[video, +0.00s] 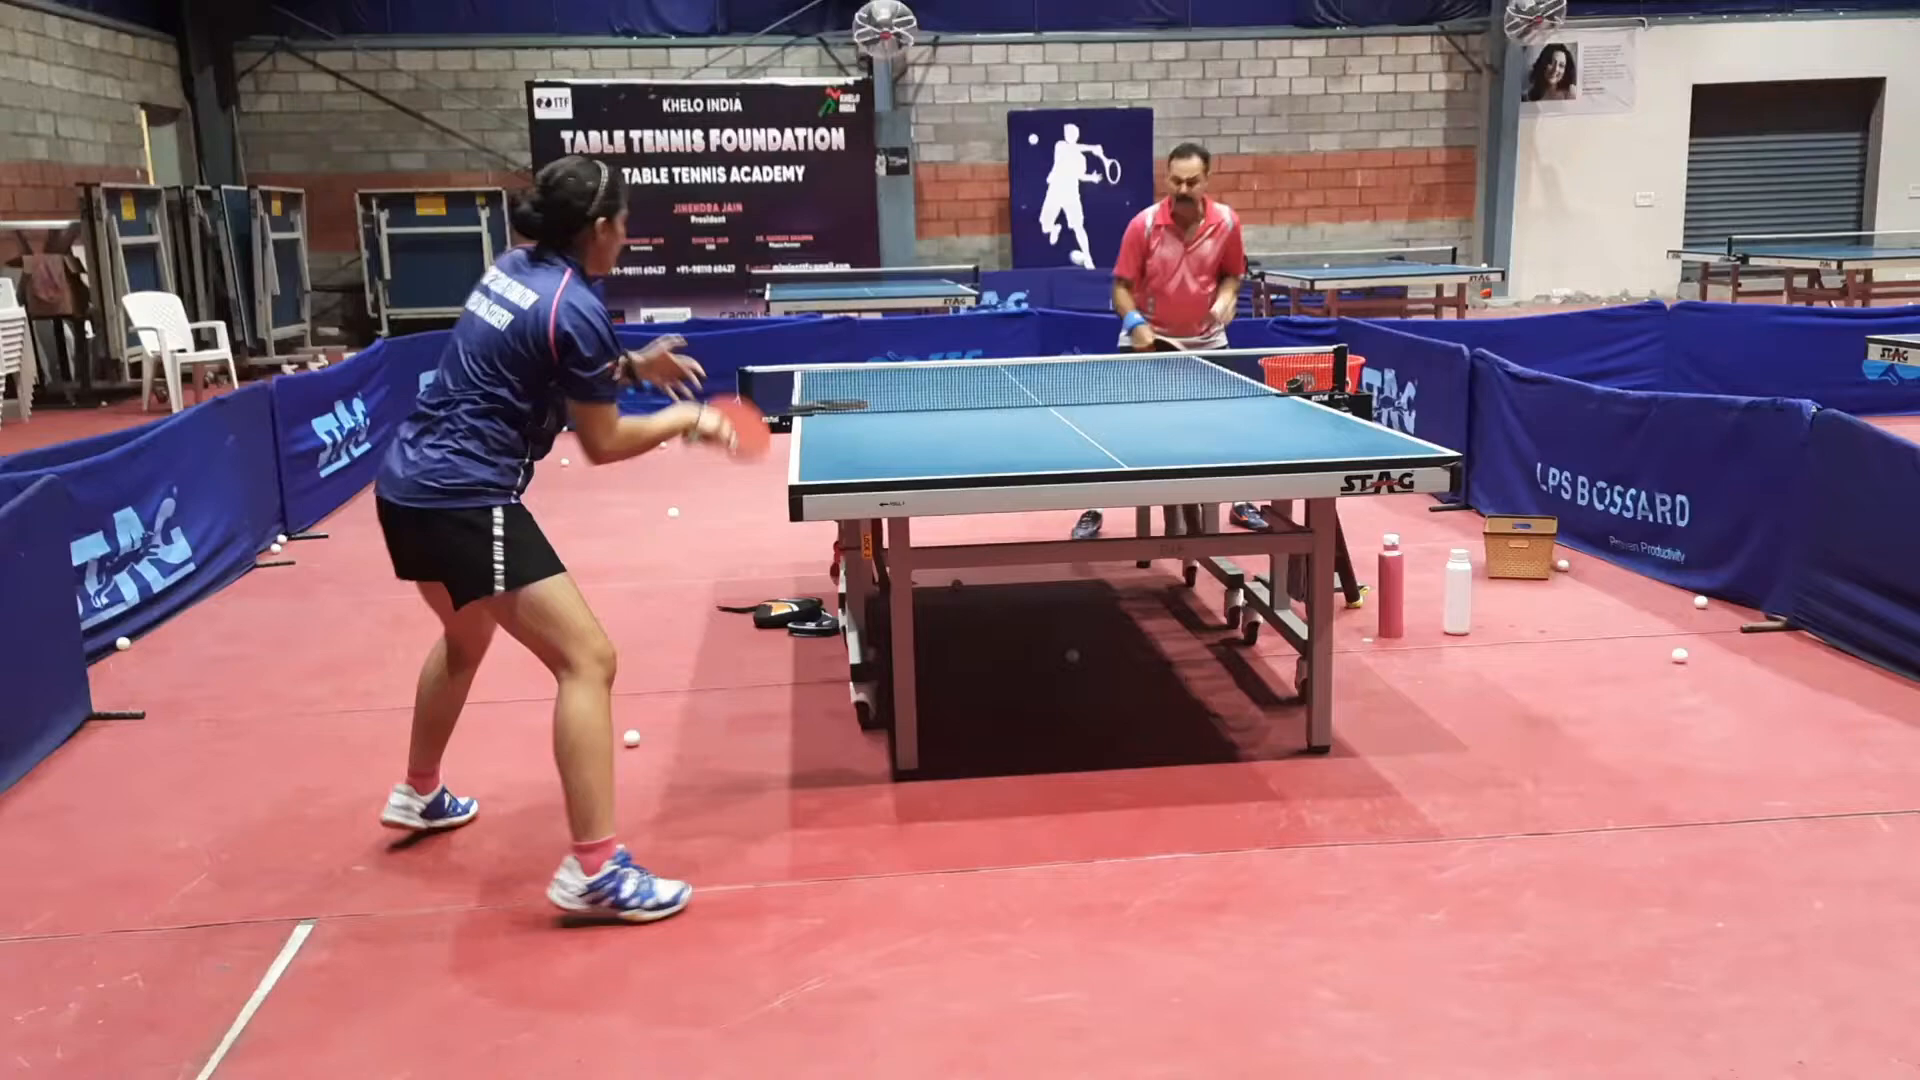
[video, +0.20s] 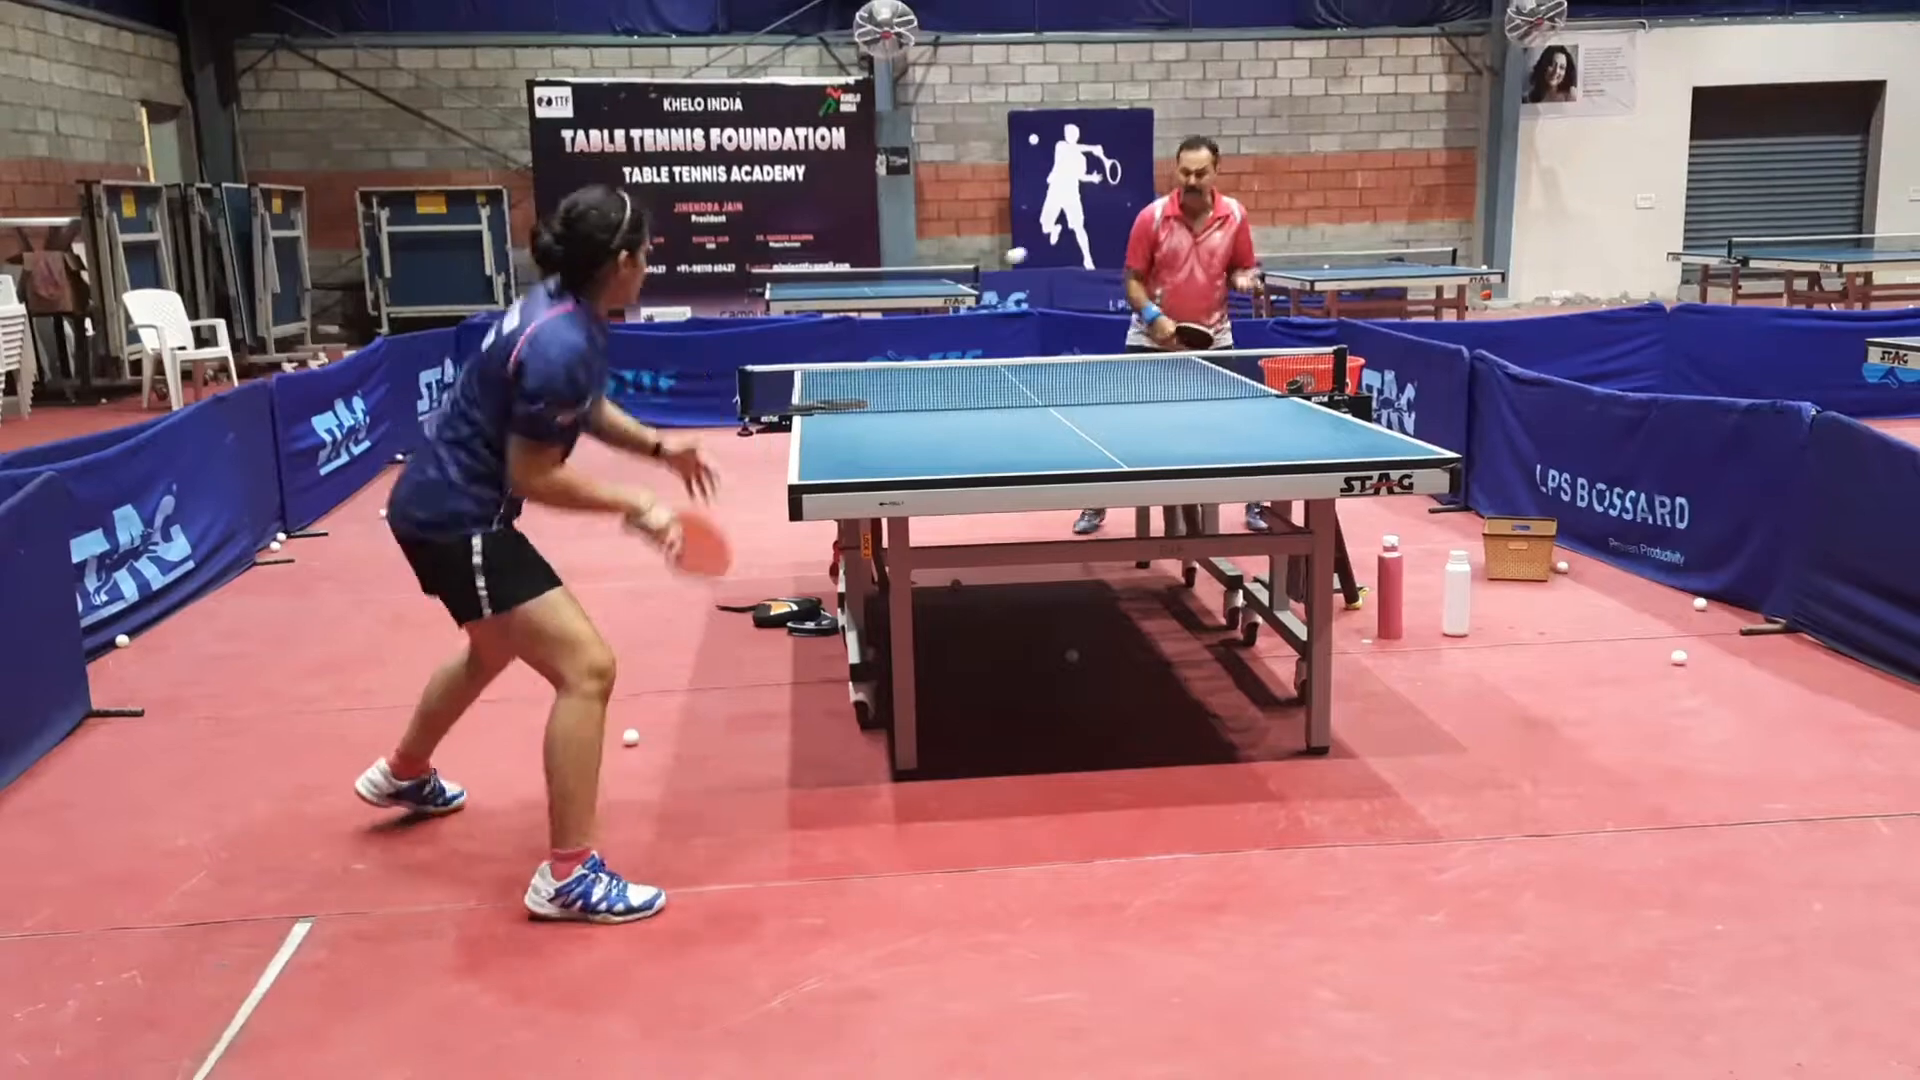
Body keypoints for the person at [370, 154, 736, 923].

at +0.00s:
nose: (625, 234)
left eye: (623, 220)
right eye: (620, 221)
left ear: (555, 221)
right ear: (595, 228)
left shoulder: (513, 264)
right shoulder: (576, 310)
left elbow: (542, 364)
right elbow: (604, 440)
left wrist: (633, 363)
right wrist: (687, 421)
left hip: (408, 486)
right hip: (469, 498)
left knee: (466, 637)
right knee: (588, 661)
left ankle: (416, 793)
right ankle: (596, 866)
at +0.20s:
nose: (645, 265)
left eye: (643, 252)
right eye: (640, 253)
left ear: (581, 259)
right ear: (613, 265)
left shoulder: (556, 308)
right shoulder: (560, 345)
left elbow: (582, 405)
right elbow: (530, 475)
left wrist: (659, 445)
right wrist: (630, 502)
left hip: (435, 505)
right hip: (459, 518)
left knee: (494, 644)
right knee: (588, 672)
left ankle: (400, 774)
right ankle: (569, 871)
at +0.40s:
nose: (630, 299)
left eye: (628, 287)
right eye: (624, 287)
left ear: (579, 291)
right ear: (589, 293)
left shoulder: (587, 351)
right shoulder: (493, 367)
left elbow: (610, 432)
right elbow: (427, 477)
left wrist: (643, 482)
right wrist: (527, 537)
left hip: (485, 518)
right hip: (434, 522)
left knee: (501, 657)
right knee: (552, 660)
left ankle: (395, 774)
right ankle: (569, 866)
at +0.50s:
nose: (608, 300)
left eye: (608, 287)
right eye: (600, 287)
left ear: (562, 293)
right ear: (558, 293)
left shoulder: (581, 352)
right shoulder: (454, 360)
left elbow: (623, 431)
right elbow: (386, 457)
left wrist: (653, 521)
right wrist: (472, 518)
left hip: (496, 512)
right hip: (424, 515)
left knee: (499, 655)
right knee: (531, 655)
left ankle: (392, 765)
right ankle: (531, 857)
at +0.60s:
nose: (575, 309)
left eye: (575, 296)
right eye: (566, 297)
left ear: (533, 300)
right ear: (518, 301)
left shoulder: (565, 357)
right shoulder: (427, 364)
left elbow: (613, 423)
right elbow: (363, 452)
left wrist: (646, 496)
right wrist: (394, 502)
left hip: (509, 531)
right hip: (442, 534)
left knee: (503, 672)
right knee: (535, 659)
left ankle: (391, 760)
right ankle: (530, 859)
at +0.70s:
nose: (542, 286)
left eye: (541, 272)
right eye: (531, 275)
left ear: (492, 277)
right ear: (480, 281)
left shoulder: (534, 324)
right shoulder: (431, 356)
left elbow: (568, 346)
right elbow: (410, 467)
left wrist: (616, 399)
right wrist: (406, 497)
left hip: (495, 519)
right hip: (446, 522)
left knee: (492, 671)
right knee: (556, 661)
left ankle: (382, 773)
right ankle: (531, 858)